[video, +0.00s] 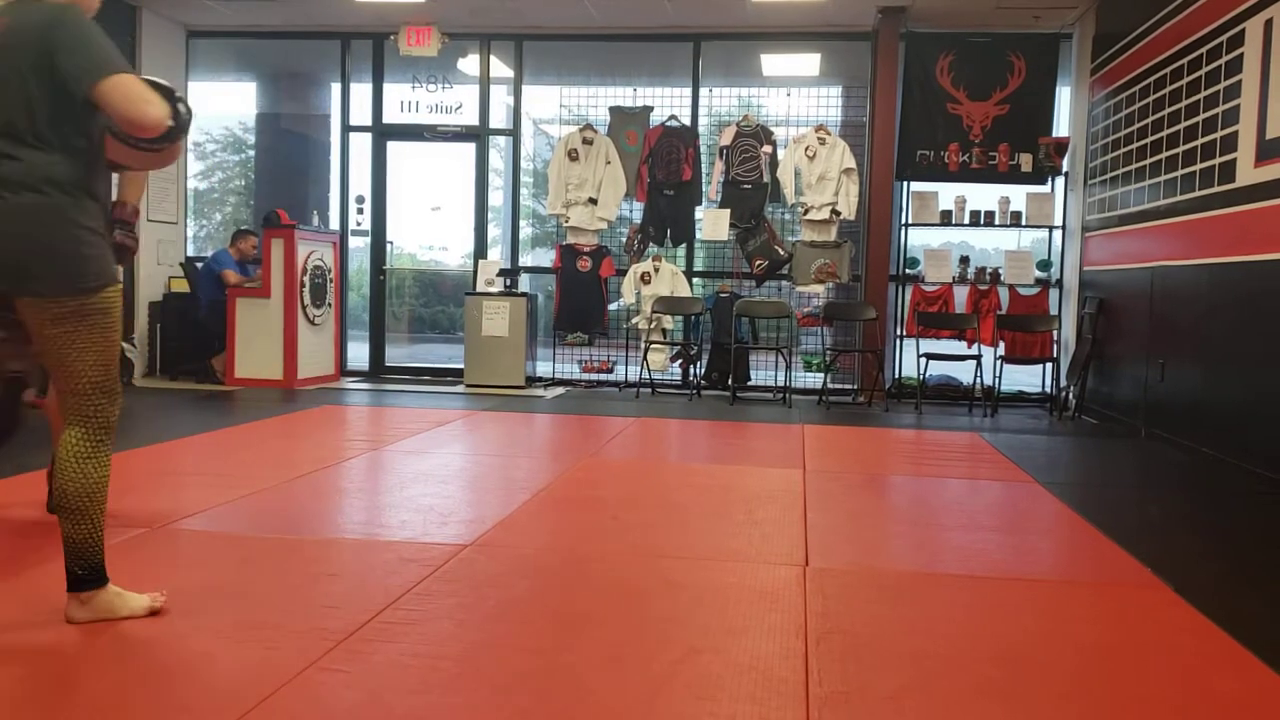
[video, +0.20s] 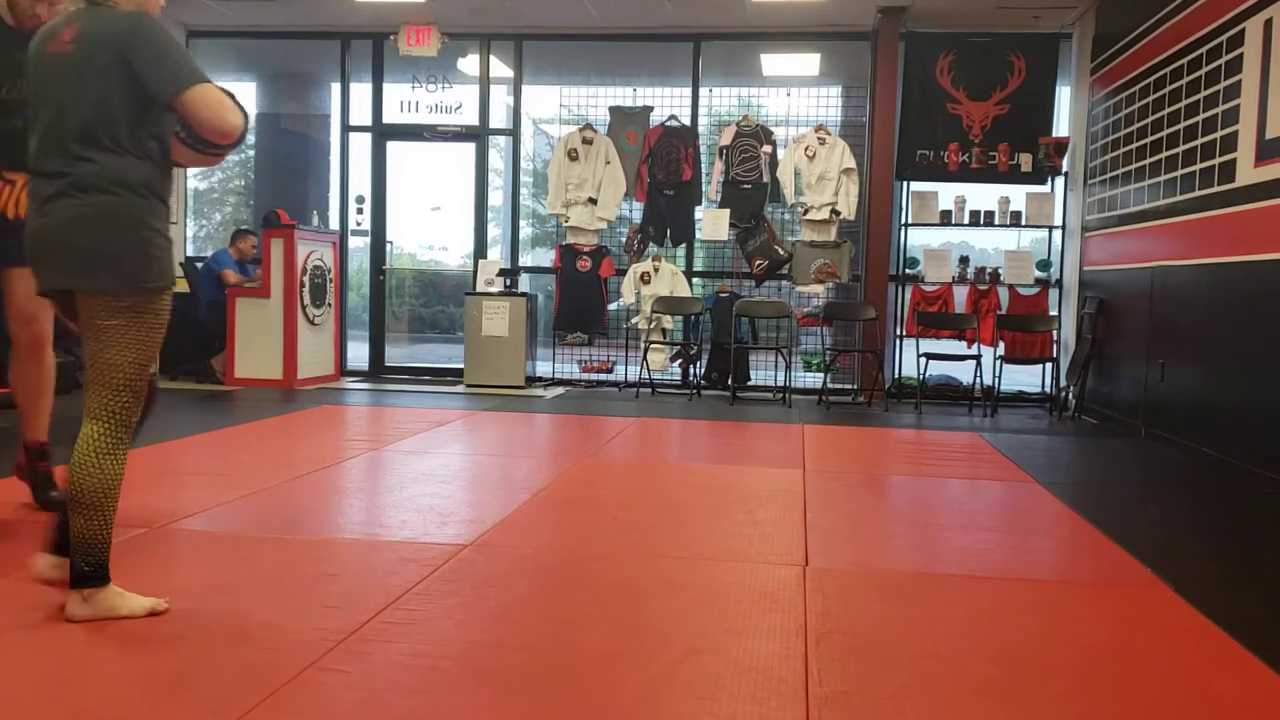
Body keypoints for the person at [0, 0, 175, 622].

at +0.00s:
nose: (101, 5)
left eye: (101, 4)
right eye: (98, 1)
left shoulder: (18, 25)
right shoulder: (57, 23)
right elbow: (147, 118)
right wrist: (161, 101)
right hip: (53, 240)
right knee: (88, 416)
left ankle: (86, 585)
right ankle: (88, 588)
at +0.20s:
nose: (165, 6)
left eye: (164, 2)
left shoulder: (47, 39)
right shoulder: (137, 29)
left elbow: (83, 133)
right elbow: (224, 123)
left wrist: (177, 148)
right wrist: (149, 127)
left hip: (54, 239)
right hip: (124, 240)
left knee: (119, 397)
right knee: (110, 414)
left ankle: (62, 548)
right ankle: (91, 587)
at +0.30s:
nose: (190, 7)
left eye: (189, 1)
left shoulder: (75, 48)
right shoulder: (170, 37)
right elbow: (255, 132)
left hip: (87, 241)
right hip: (153, 240)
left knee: (171, 391)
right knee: (119, 415)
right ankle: (90, 585)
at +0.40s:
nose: (216, 12)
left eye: (214, 3)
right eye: (211, 3)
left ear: (147, 6)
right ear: (188, 4)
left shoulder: (104, 61)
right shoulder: (199, 49)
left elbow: (120, 151)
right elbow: (282, 140)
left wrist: (229, 162)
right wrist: (226, 157)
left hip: (119, 244)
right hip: (182, 245)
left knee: (199, 399)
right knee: (136, 417)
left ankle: (237, 545)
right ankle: (92, 583)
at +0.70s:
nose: (294, 17)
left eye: (291, 8)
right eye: (290, 7)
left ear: (231, 15)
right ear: (269, 9)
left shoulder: (205, 73)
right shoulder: (274, 57)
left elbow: (234, 158)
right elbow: (340, 141)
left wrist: (310, 165)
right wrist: (350, 137)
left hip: (209, 254)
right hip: (270, 255)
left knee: (248, 394)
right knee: (304, 395)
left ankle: (243, 545)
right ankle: (201, 522)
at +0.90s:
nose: (346, 37)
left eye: (345, 25)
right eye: (343, 25)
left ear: (283, 27)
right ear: (321, 22)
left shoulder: (259, 82)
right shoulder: (320, 70)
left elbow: (297, 162)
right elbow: (374, 156)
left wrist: (364, 171)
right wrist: (390, 155)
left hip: (256, 253)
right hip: (317, 253)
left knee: (265, 393)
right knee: (366, 387)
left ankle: (245, 547)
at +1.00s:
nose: (373, 45)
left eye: (372, 35)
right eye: (371, 34)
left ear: (310, 38)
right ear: (352, 32)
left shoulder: (289, 93)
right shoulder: (349, 80)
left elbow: (326, 171)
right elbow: (400, 170)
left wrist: (396, 173)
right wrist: (419, 157)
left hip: (284, 259)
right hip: (347, 260)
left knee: (279, 395)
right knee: (388, 397)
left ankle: (245, 545)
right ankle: (429, 524)